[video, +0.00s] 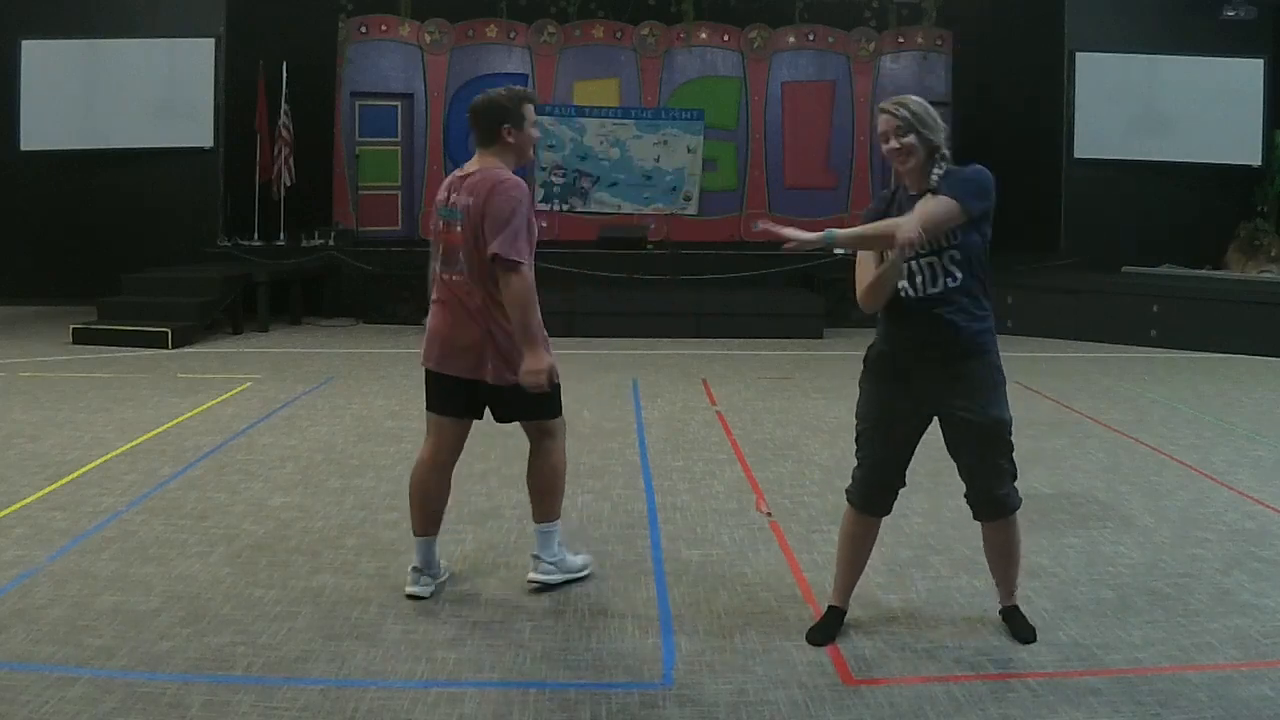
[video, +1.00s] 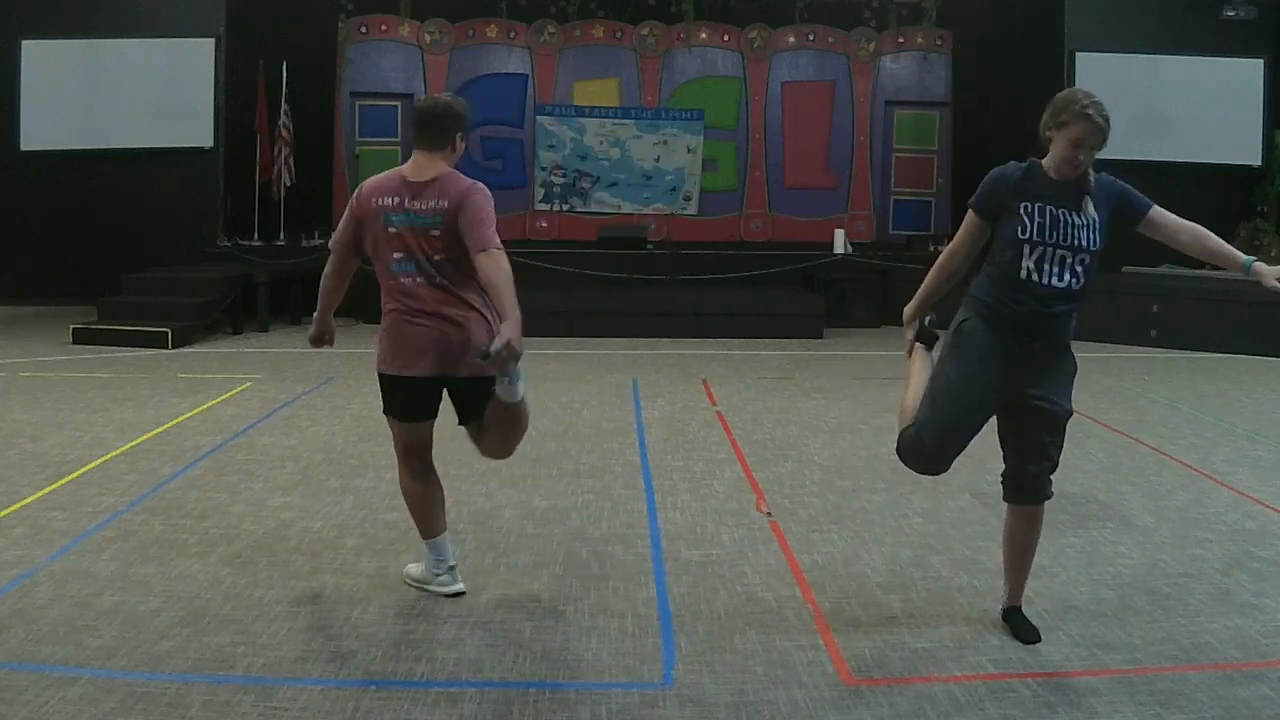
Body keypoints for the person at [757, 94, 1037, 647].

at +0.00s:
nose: (892, 147)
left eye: (900, 135)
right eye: (884, 140)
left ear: (928, 135)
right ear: (882, 148)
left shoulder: (972, 182)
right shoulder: (877, 214)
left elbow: (909, 227)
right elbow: (867, 299)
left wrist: (825, 237)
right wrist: (892, 257)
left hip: (968, 363)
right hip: (897, 364)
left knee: (994, 493)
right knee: (869, 489)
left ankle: (1009, 603)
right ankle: (837, 605)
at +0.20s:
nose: (953, 155)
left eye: (964, 144)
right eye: (946, 146)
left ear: (990, 144)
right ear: (939, 150)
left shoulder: (1027, 196)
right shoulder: (925, 206)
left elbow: (1040, 257)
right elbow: (890, 288)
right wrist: (882, 337)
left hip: (999, 370)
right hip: (927, 369)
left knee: (1018, 495)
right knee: (883, 490)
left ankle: (1011, 604)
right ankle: (835, 600)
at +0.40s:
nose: (1007, 152)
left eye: (1017, 142)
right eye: (999, 142)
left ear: (1037, 139)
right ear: (986, 140)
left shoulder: (1066, 186)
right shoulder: (963, 196)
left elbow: (1127, 239)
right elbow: (916, 275)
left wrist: (1168, 292)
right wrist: (863, 338)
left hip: (1028, 355)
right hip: (960, 346)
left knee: (1026, 484)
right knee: (919, 457)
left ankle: (1013, 606)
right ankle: (838, 489)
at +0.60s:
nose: (1040, 147)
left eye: (1048, 137)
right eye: (1030, 137)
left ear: (1060, 137)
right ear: (1006, 134)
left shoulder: (1083, 183)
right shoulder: (982, 195)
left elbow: (1155, 225)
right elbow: (939, 268)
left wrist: (1229, 272)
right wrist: (891, 333)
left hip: (1042, 355)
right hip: (977, 343)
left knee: (1031, 486)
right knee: (920, 448)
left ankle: (1013, 606)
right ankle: (890, 364)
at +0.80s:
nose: (1065, 151)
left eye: (1072, 141)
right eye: (1054, 140)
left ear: (1080, 140)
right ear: (1027, 132)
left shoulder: (1095, 187)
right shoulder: (994, 190)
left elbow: (1169, 227)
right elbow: (954, 263)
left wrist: (1245, 268)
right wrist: (915, 327)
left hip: (1049, 356)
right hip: (984, 343)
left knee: (1031, 484)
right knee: (919, 445)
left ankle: (1012, 605)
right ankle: (922, 358)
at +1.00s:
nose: (1083, 160)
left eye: (1092, 151)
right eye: (1074, 147)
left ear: (1100, 147)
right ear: (1047, 135)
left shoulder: (1109, 195)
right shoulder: (1007, 183)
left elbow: (1182, 232)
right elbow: (957, 253)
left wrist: (1254, 267)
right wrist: (915, 310)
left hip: (1048, 357)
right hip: (985, 343)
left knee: (1030, 484)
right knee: (922, 456)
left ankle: (1012, 605)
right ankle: (921, 345)